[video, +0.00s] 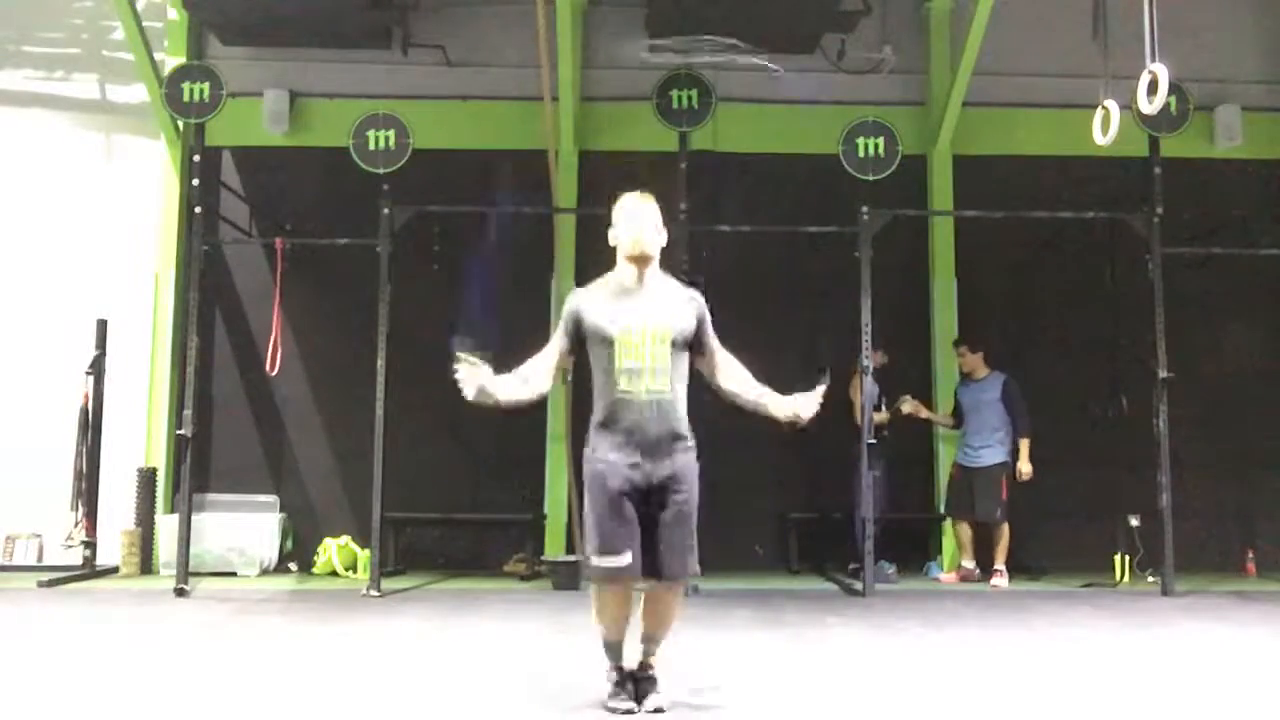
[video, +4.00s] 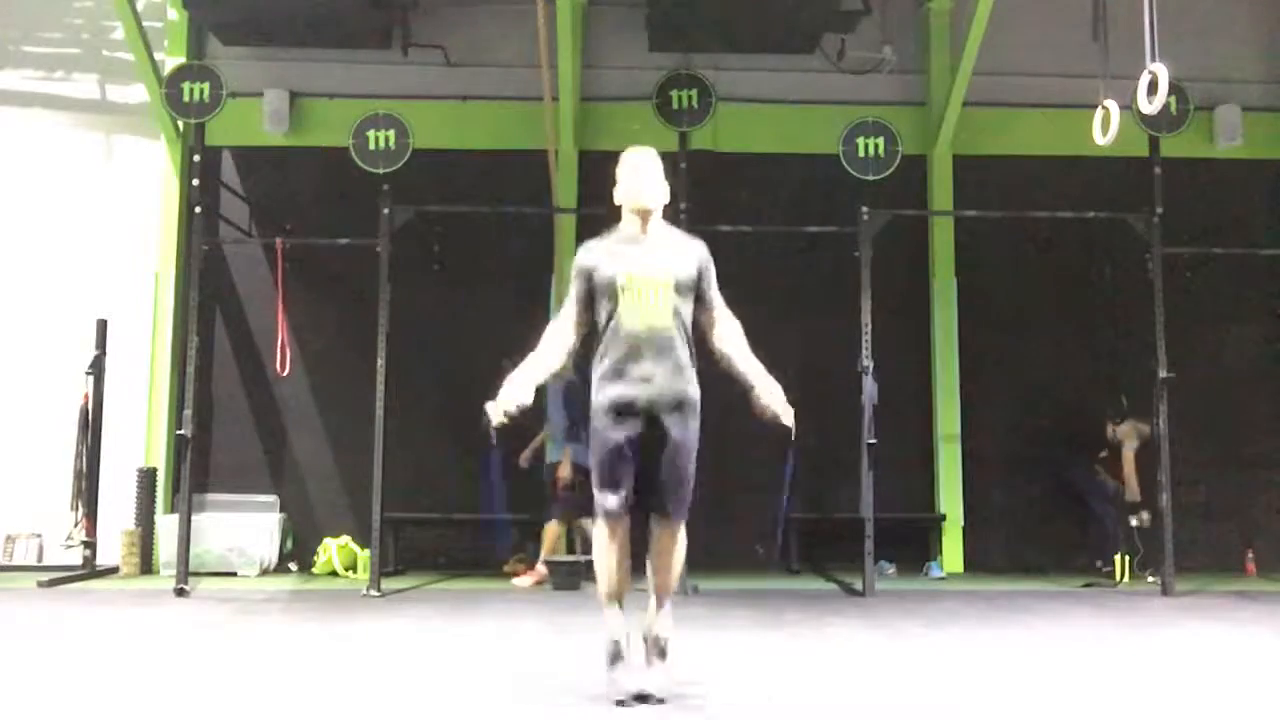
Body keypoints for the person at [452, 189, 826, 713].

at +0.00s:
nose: (643, 231)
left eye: (651, 223)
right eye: (633, 222)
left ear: (664, 233)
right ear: (613, 234)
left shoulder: (688, 302)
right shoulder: (584, 302)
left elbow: (723, 369)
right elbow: (544, 370)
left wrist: (781, 405)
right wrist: (493, 385)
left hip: (675, 451)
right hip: (610, 451)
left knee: (671, 573)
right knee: (614, 568)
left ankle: (647, 667)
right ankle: (618, 669)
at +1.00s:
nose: (642, 201)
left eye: (650, 191)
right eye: (632, 191)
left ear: (663, 202)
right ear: (612, 202)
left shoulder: (685, 269)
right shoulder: (582, 269)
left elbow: (704, 339)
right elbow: (554, 338)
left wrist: (752, 378)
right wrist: (496, 360)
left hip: (670, 421)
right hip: (603, 422)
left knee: (661, 546)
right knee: (606, 542)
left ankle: (644, 663)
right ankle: (604, 653)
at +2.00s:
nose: (647, 161)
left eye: (656, 153)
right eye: (637, 153)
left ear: (672, 163)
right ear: (619, 165)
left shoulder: (697, 232)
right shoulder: (592, 233)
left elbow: (713, 304)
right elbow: (567, 307)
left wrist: (742, 366)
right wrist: (528, 364)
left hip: (680, 379)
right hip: (615, 380)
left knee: (672, 496)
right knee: (617, 495)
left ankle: (659, 613)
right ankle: (620, 605)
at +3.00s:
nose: (648, 154)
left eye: (655, 147)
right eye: (637, 146)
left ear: (670, 159)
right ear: (619, 158)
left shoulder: (696, 224)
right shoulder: (593, 228)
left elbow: (727, 293)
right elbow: (571, 296)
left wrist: (764, 350)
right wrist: (544, 344)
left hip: (678, 364)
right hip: (616, 366)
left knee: (676, 477)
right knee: (618, 475)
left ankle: (662, 595)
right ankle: (623, 595)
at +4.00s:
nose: (644, 190)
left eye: (651, 180)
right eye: (634, 180)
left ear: (664, 188)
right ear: (618, 189)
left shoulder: (693, 252)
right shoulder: (593, 255)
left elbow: (721, 329)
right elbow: (564, 336)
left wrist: (763, 386)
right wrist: (517, 388)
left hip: (677, 399)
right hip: (615, 398)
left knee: (670, 517)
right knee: (612, 514)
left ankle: (660, 623)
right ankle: (614, 629)